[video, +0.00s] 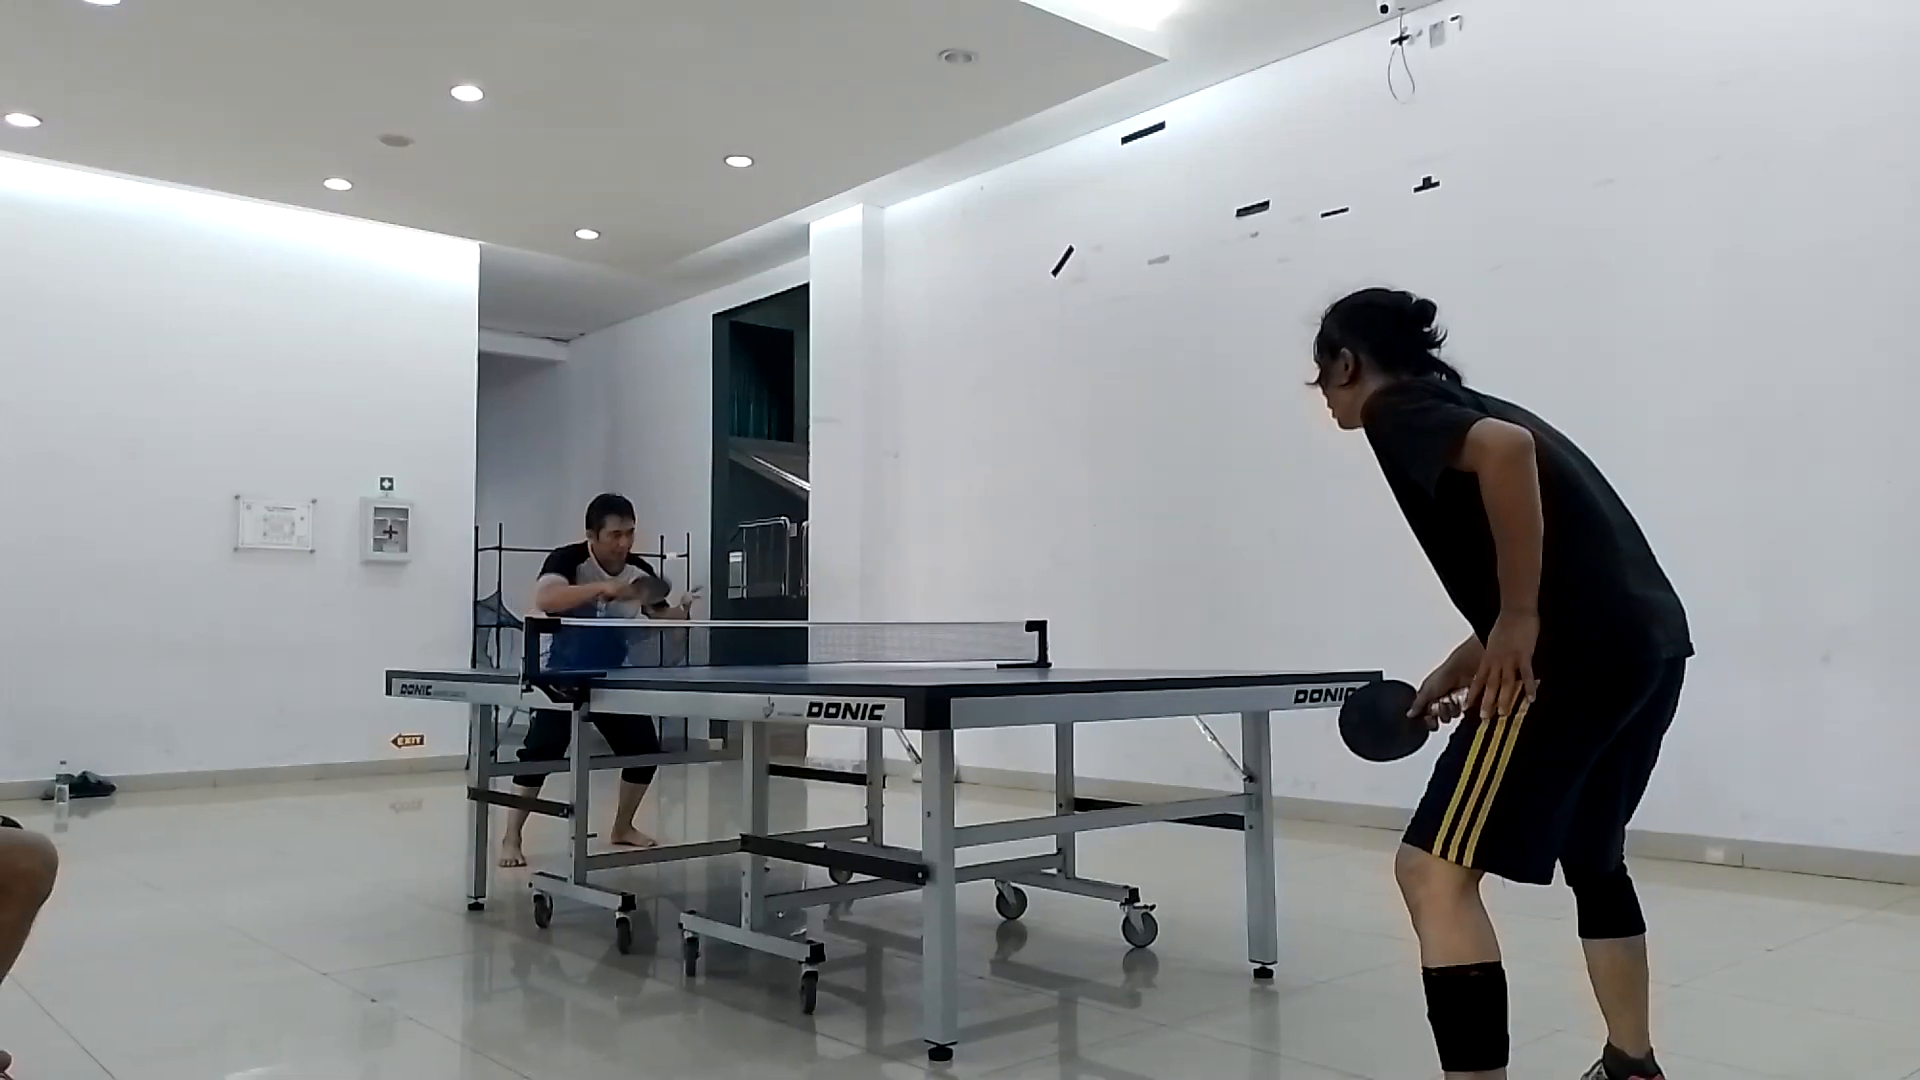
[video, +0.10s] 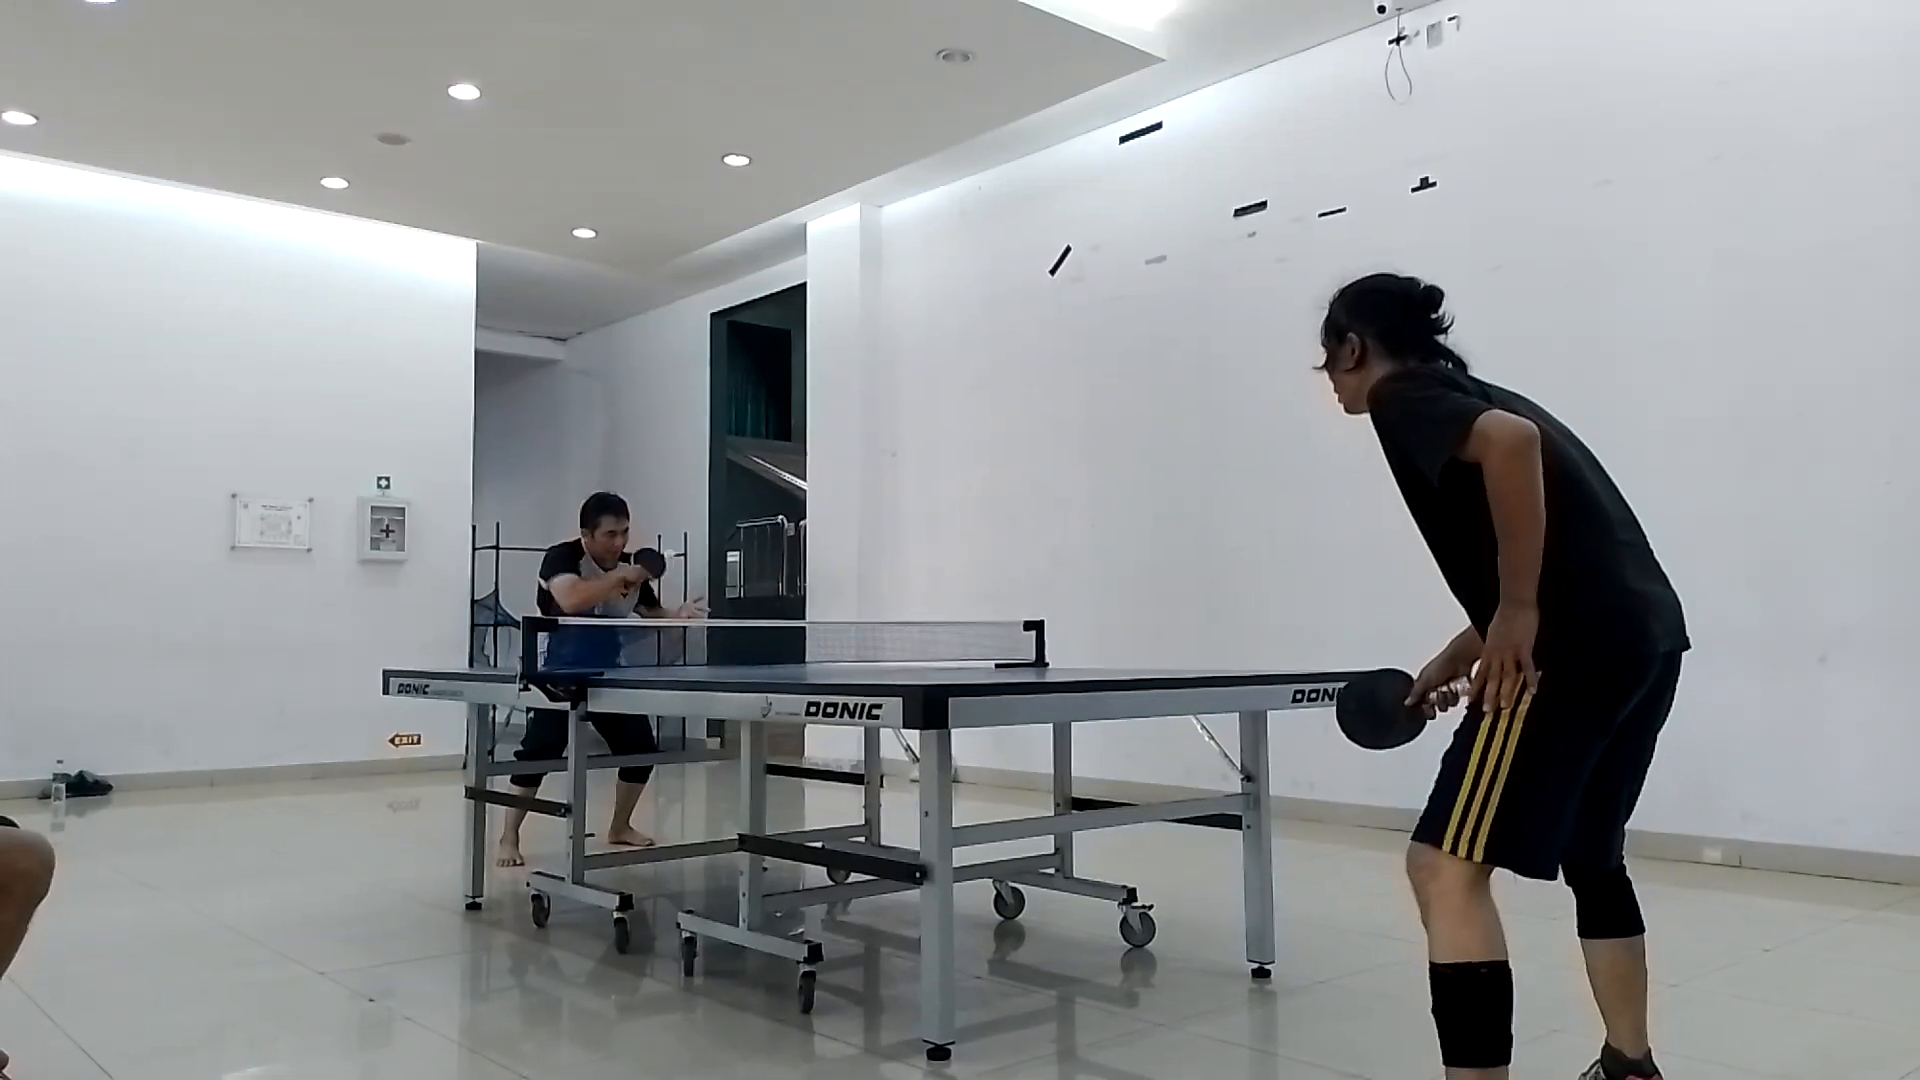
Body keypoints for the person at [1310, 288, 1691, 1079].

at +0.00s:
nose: (1322, 393)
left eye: (1324, 373)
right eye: (1319, 376)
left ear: (1354, 361)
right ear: (1413, 357)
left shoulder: (1395, 410)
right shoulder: (1481, 411)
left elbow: (1506, 445)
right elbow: (1546, 571)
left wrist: (1517, 618)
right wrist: (1455, 671)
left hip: (1568, 649)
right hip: (1651, 645)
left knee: (1433, 871)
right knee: (1593, 850)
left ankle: (1475, 1071)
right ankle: (1633, 1061)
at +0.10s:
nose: (1329, 380)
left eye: (1331, 360)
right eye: (1325, 363)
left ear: (1362, 346)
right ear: (1417, 343)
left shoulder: (1402, 396)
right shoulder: (1485, 398)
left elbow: (1511, 438)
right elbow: (1551, 559)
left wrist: (1517, 609)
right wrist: (1452, 663)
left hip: (1564, 643)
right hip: (1646, 639)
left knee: (1444, 864)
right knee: (1592, 851)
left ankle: (1477, 1071)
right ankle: (1631, 1060)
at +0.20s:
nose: (1338, 366)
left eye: (1340, 347)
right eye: (1335, 350)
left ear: (1370, 334)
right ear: (1428, 332)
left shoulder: (1416, 387)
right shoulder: (1489, 389)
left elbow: (1526, 426)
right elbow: (1547, 555)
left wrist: (1529, 598)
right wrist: (1452, 652)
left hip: (1577, 633)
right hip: (1650, 632)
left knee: (1459, 853)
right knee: (1599, 851)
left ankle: (1477, 1070)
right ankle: (1633, 1064)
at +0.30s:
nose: (1343, 368)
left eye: (1344, 347)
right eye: (1340, 350)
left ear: (1374, 331)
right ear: (1428, 328)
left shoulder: (1422, 381)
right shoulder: (1485, 385)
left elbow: (1535, 422)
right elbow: (1553, 554)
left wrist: (1534, 593)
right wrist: (1455, 639)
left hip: (1582, 630)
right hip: (1651, 630)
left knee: (1458, 849)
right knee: (1600, 857)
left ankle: (1485, 1070)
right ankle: (1630, 1065)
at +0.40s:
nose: (1348, 375)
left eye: (1347, 352)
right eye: (1343, 357)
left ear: (1376, 333)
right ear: (1431, 331)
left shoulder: (1422, 387)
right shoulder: (1496, 388)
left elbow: (1529, 433)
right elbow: (1548, 555)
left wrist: (1526, 606)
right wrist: (1447, 636)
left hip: (1573, 642)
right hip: (1646, 638)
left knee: (1451, 865)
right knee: (1597, 861)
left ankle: (1488, 1072)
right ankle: (1628, 1065)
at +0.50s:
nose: (1344, 378)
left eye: (1343, 356)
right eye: (1340, 360)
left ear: (1370, 337)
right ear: (1431, 334)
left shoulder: (1415, 391)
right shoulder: (1502, 391)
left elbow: (1512, 446)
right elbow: (1553, 557)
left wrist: (1510, 626)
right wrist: (1436, 628)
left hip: (1567, 649)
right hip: (1646, 644)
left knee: (1432, 873)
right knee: (1591, 859)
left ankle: (1484, 1072)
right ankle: (1628, 1064)